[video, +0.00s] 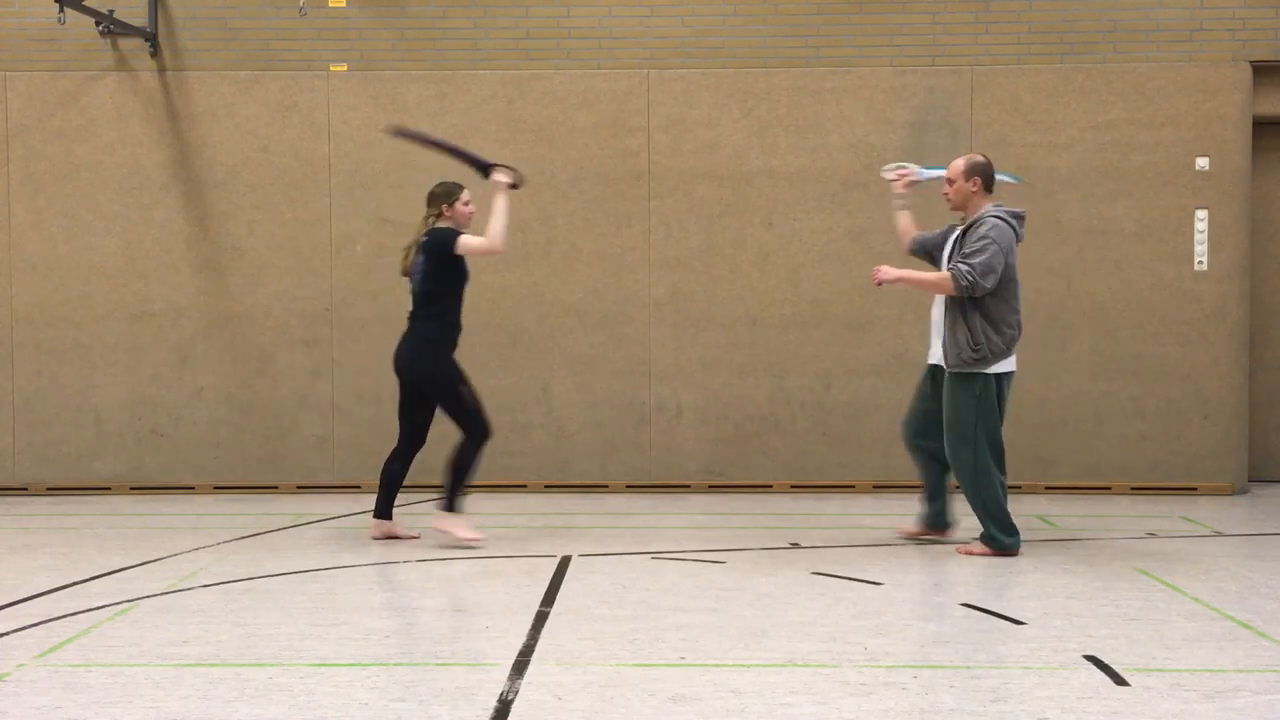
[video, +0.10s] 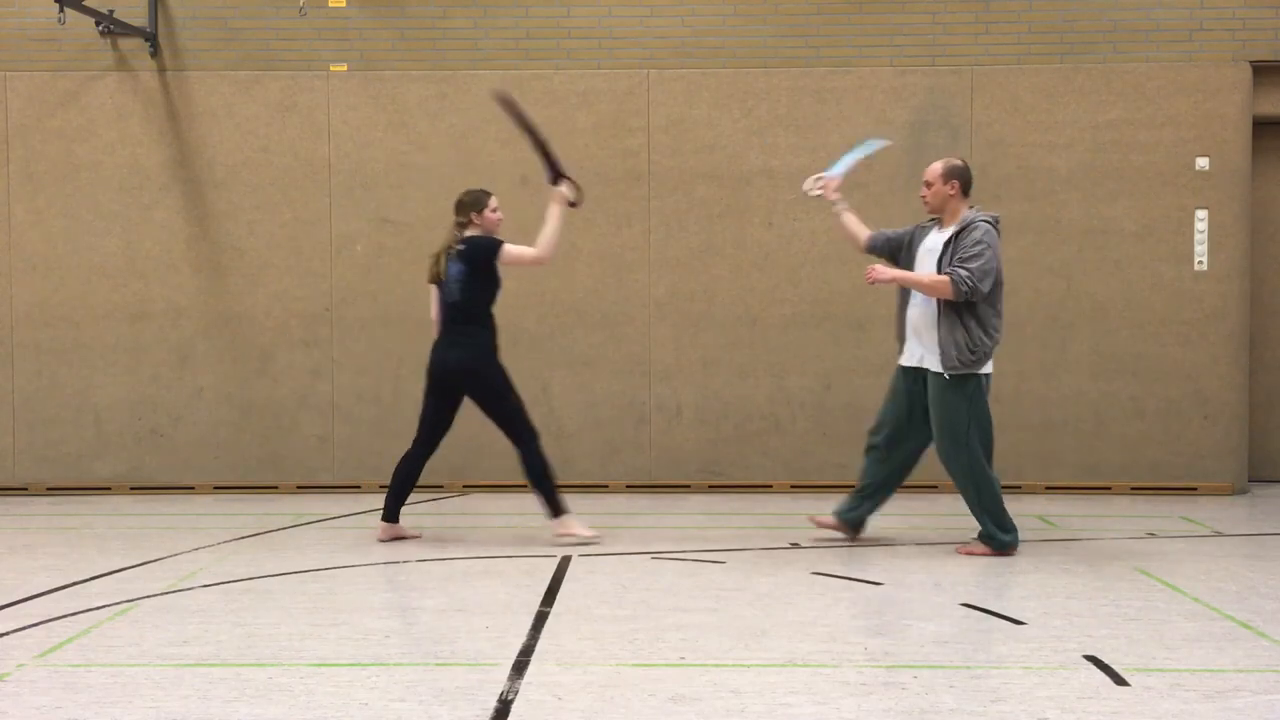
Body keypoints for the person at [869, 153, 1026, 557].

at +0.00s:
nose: (945, 189)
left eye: (950, 182)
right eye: (945, 182)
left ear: (975, 185)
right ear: (972, 186)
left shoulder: (992, 231)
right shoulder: (960, 233)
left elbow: (965, 280)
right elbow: (913, 243)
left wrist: (901, 275)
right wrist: (901, 195)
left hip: (978, 366)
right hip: (946, 362)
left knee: (972, 451)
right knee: (921, 433)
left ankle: (1001, 538)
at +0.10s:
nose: (922, 193)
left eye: (928, 186)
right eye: (922, 185)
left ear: (953, 189)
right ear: (947, 188)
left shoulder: (979, 235)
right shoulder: (922, 235)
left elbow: (959, 286)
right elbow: (868, 240)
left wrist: (897, 275)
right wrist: (836, 201)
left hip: (957, 368)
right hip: (916, 363)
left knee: (964, 455)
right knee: (889, 442)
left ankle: (1000, 537)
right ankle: (851, 518)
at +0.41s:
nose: (859, 198)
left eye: (866, 191)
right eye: (859, 191)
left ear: (891, 193)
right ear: (882, 193)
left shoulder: (922, 235)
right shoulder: (852, 239)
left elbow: (934, 292)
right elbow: (800, 248)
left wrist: (873, 288)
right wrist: (743, 236)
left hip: (906, 370)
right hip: (855, 368)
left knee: (925, 453)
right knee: (824, 447)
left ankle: (970, 529)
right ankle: (825, 531)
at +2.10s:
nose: (855, 206)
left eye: (860, 199)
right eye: (854, 199)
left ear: (885, 198)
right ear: (880, 199)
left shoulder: (926, 236)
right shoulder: (858, 242)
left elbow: (943, 295)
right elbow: (827, 285)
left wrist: (887, 299)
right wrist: (796, 307)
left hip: (915, 374)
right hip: (861, 372)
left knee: (937, 454)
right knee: (830, 440)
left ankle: (974, 536)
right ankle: (826, 529)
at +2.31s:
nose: (853, 209)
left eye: (858, 202)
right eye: (851, 202)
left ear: (883, 199)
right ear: (875, 202)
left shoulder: (924, 236)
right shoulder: (854, 245)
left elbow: (943, 295)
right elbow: (826, 286)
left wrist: (886, 300)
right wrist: (796, 307)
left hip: (913, 373)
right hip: (859, 373)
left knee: (933, 454)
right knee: (829, 442)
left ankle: (973, 533)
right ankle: (826, 528)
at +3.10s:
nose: (929, 212)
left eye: (930, 204)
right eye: (926, 205)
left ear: (950, 195)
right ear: (953, 194)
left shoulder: (969, 229)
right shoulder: (991, 221)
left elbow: (973, 288)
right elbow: (997, 283)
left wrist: (912, 297)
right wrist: (952, 301)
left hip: (991, 364)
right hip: (1020, 358)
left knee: (969, 446)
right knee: (992, 446)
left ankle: (988, 539)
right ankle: (1013, 525)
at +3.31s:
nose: (957, 218)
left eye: (958, 209)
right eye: (955, 210)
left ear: (977, 201)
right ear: (988, 199)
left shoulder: (989, 235)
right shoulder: (1030, 229)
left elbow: (986, 296)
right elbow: (1041, 287)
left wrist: (927, 297)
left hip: (1013, 368)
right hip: (1057, 360)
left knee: (972, 448)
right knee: (1070, 437)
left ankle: (987, 539)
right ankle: (1128, 517)